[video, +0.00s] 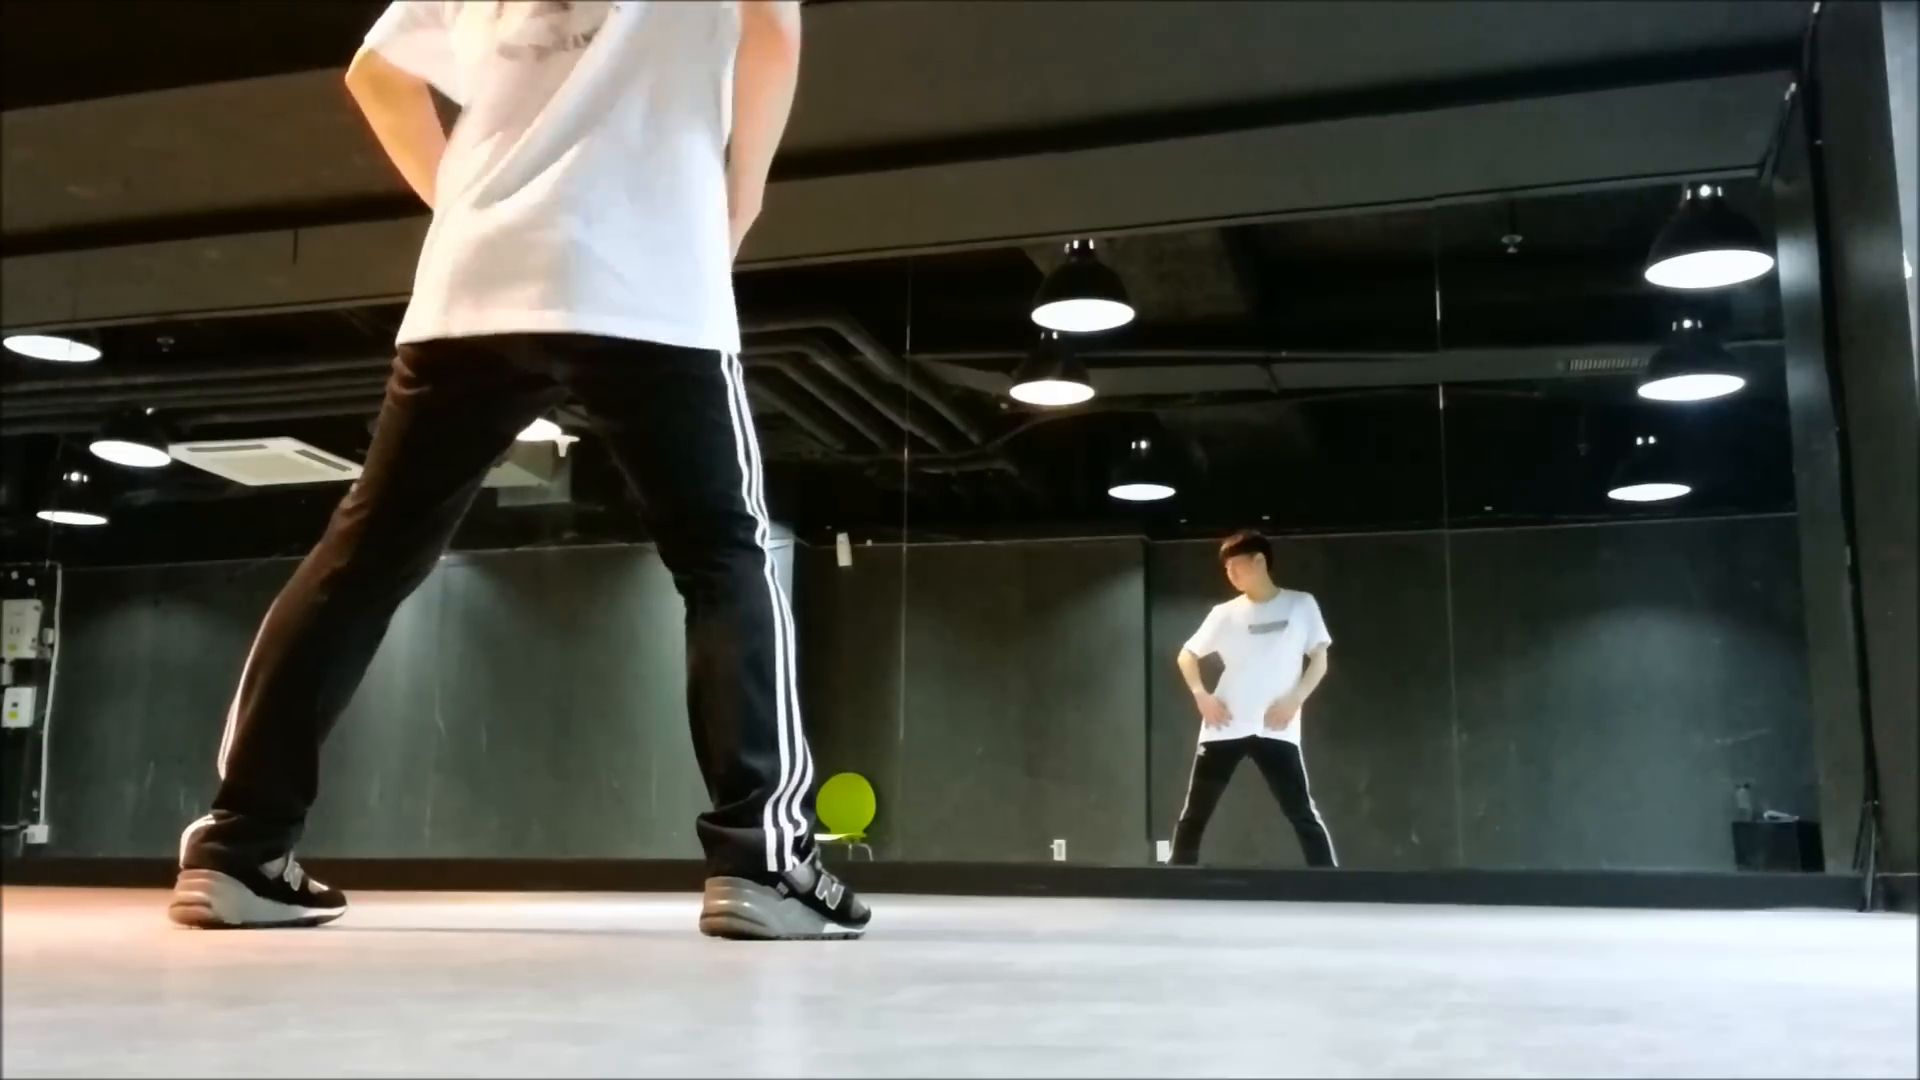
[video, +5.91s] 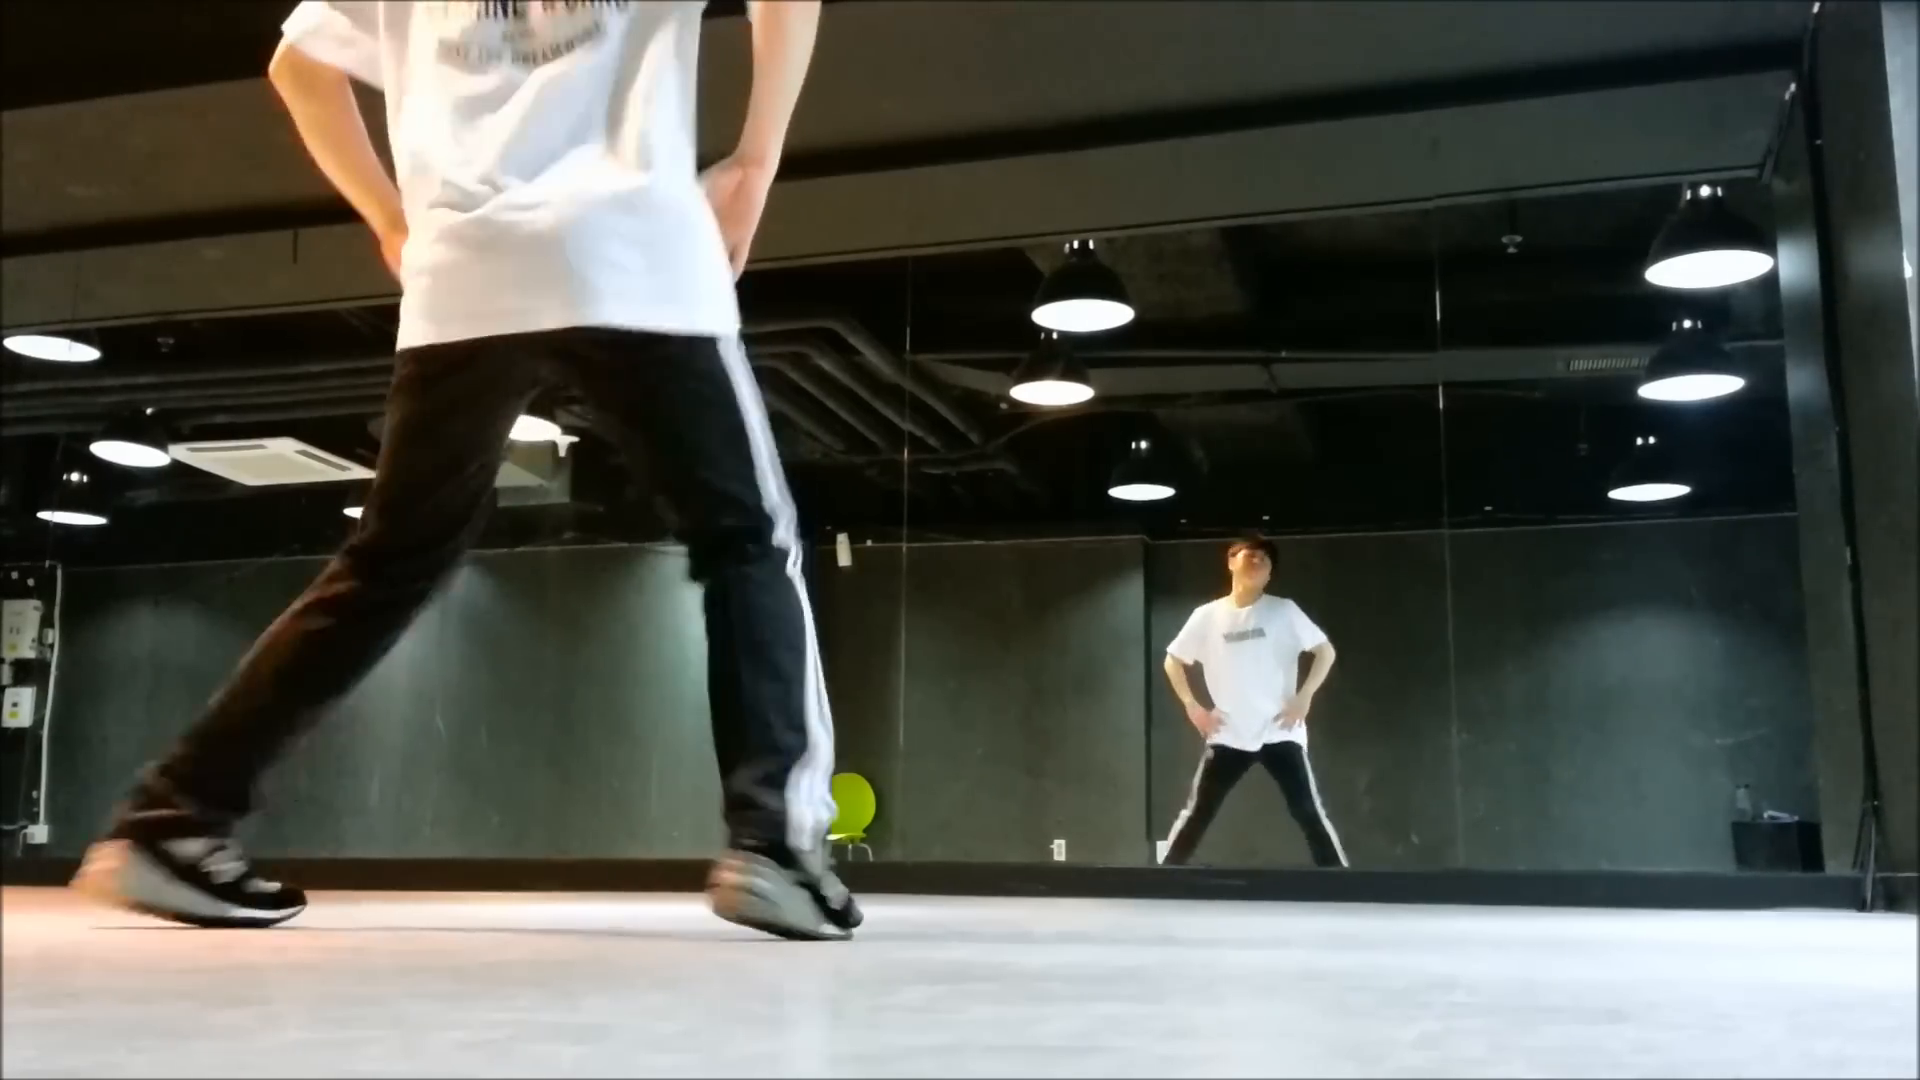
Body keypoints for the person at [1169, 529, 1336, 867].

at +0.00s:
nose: (1230, 573)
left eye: (1235, 565)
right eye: (1227, 567)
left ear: (1259, 561)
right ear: (1227, 571)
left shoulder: (1302, 605)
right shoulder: (1224, 614)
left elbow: (1320, 661)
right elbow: (1186, 656)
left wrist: (1292, 701)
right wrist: (1201, 695)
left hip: (1276, 733)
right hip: (1222, 731)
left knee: (1302, 815)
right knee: (1193, 816)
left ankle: (1331, 890)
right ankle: (1176, 891)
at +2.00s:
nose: (1242, 563)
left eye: (1251, 557)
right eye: (1235, 555)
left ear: (1262, 567)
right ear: (1223, 561)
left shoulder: (1277, 614)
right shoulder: (1201, 609)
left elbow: (1316, 658)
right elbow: (1181, 661)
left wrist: (1295, 696)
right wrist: (1205, 699)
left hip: (1280, 728)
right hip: (1228, 731)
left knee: (1309, 813)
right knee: (1200, 815)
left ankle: (1333, 889)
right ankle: (1178, 889)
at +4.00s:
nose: (1231, 572)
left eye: (1239, 565)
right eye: (1225, 569)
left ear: (1257, 572)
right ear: (1220, 582)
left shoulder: (1290, 624)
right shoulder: (1210, 625)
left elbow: (1326, 671)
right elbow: (1176, 671)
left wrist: (1303, 711)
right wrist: (1199, 715)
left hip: (1277, 745)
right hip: (1227, 745)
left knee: (1292, 825)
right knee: (1201, 826)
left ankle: (1339, 889)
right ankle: (1160, 888)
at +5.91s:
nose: (1255, 560)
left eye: (1262, 557)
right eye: (1248, 554)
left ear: (1270, 572)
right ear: (1231, 564)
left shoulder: (1285, 612)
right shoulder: (1207, 616)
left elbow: (1325, 652)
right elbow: (1173, 661)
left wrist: (1303, 697)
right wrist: (1194, 709)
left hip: (1281, 734)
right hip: (1228, 736)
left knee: (1308, 813)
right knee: (1197, 813)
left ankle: (1343, 886)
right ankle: (1163, 882)